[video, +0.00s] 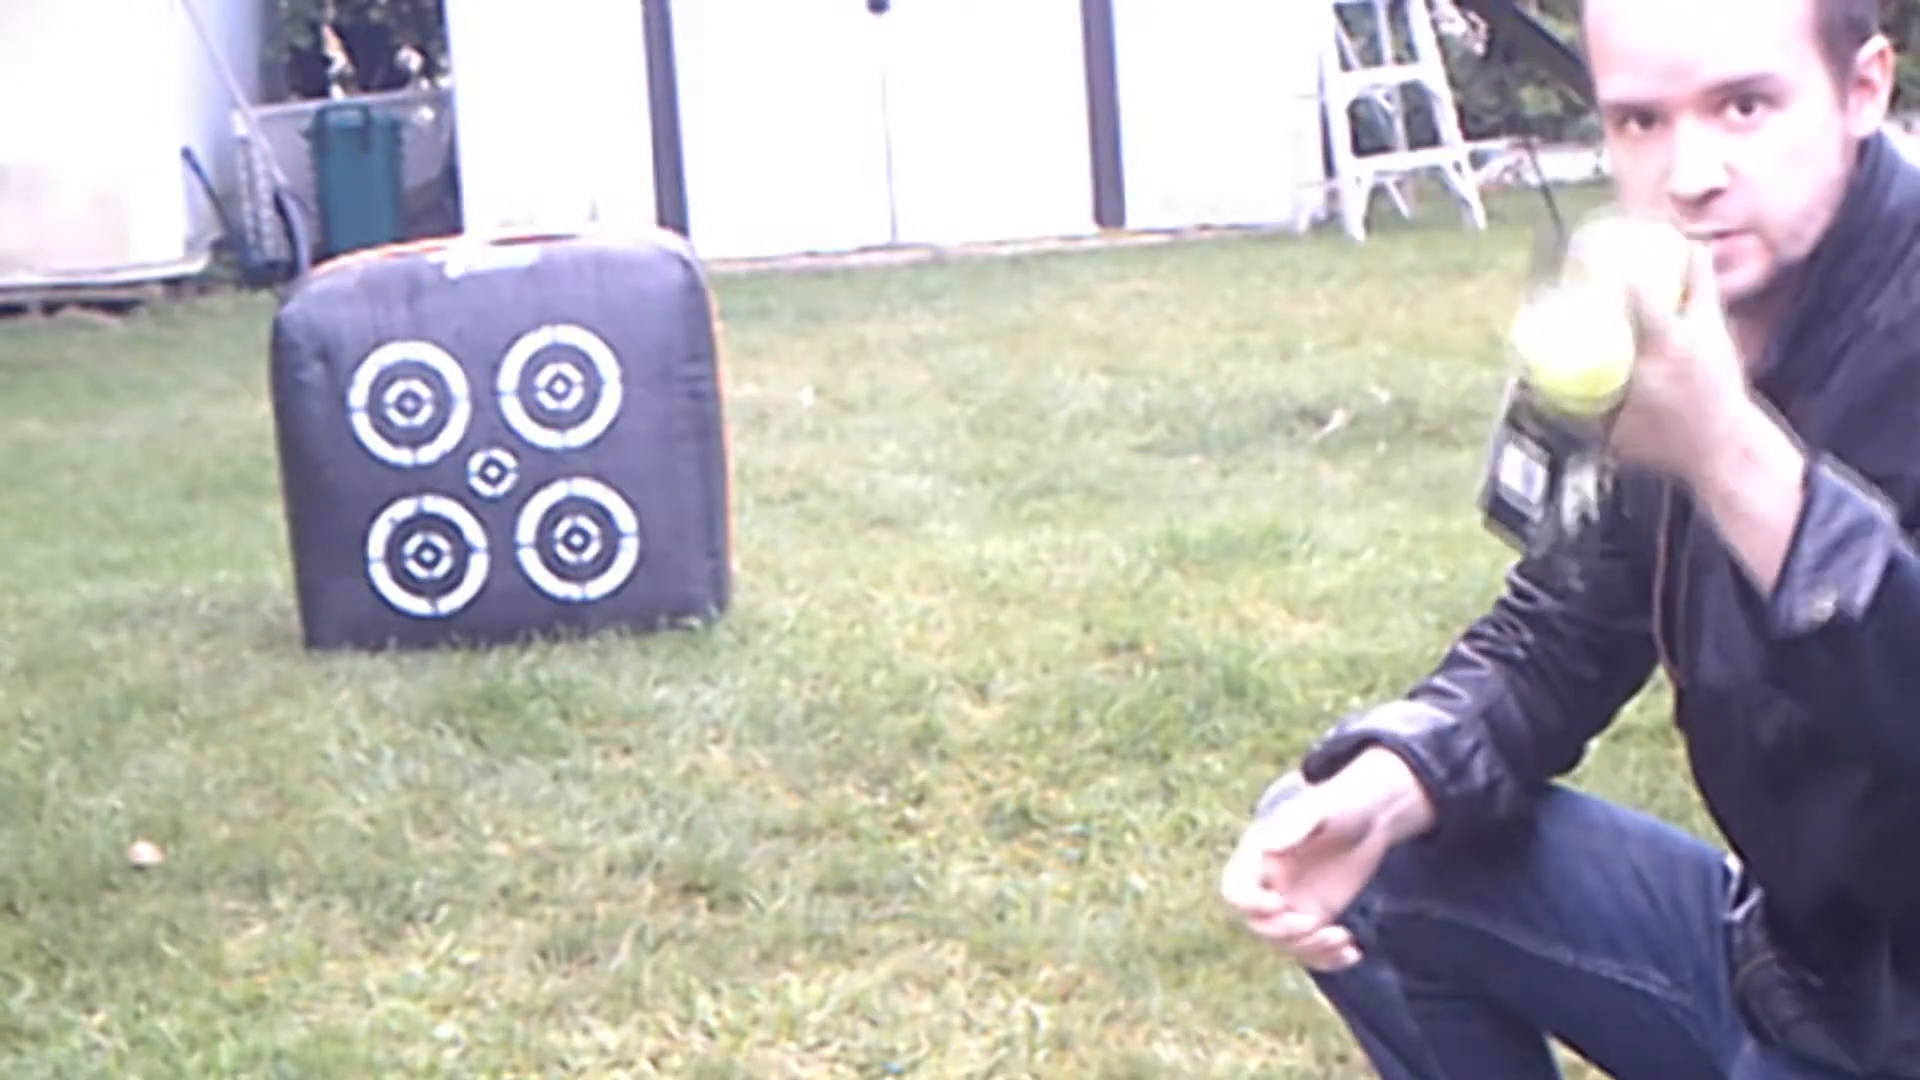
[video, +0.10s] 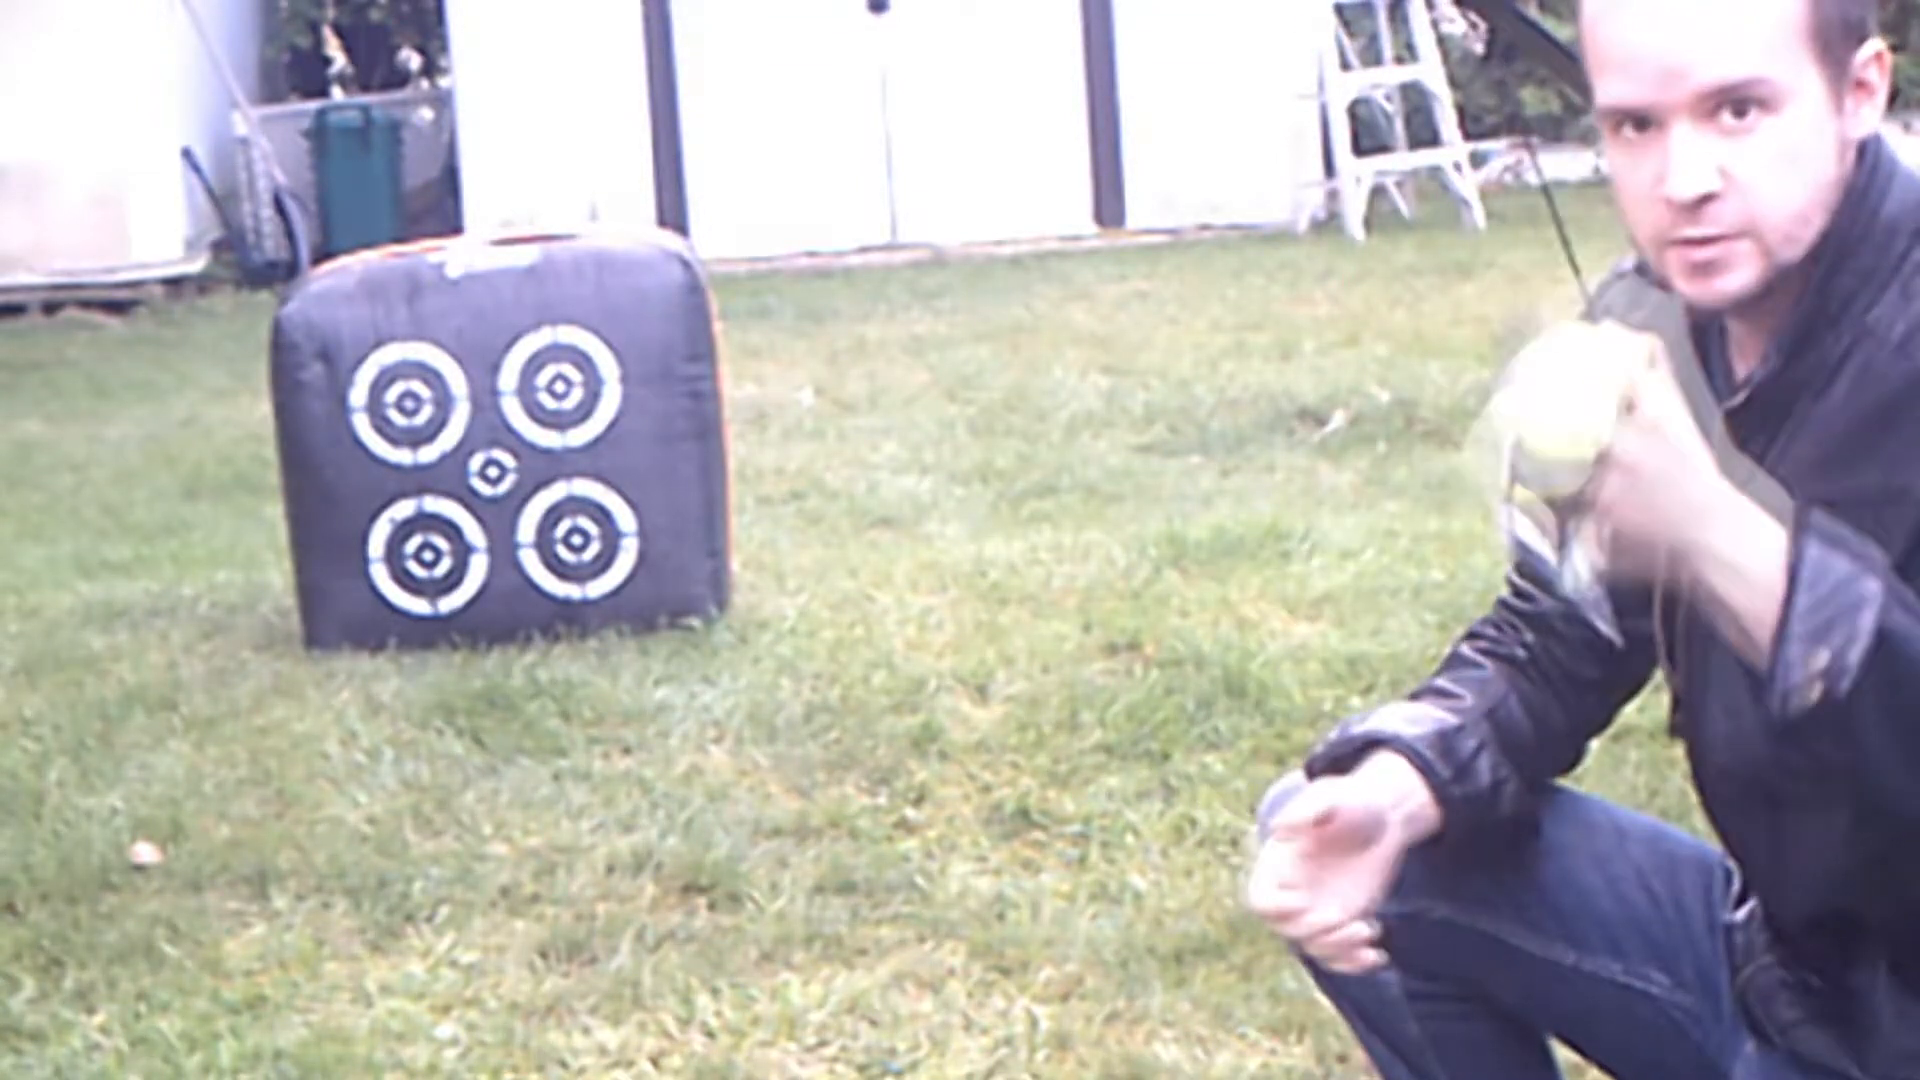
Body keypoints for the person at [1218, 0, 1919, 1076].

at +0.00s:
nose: (1688, 178)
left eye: (1745, 106)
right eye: (1640, 121)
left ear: (1865, 89)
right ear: (1601, 129)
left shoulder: (1905, 333)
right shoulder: (1698, 318)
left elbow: (1902, 711)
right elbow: (1562, 629)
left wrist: (1725, 451)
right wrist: (1398, 778)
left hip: (1881, 1045)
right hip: (1769, 942)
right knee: (1376, 869)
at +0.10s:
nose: (1683, 183)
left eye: (1738, 111)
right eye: (1635, 125)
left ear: (1862, 94)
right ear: (1598, 132)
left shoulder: (1905, 338)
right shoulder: (1646, 322)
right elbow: (1555, 637)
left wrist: (1712, 530)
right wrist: (1407, 781)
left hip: (1883, 1047)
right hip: (1766, 945)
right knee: (1360, 852)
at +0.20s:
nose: (1667, 193)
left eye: (1722, 124)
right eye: (1621, 139)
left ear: (1855, 104)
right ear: (1589, 135)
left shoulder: (1903, 357)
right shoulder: (1630, 336)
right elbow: (1563, 645)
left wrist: (1688, 677)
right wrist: (1423, 774)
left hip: (1883, 1046)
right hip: (1759, 949)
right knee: (1329, 842)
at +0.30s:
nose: (1639, 223)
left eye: (1696, 156)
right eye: (1602, 165)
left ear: (1840, 120)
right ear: (1573, 143)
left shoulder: (1899, 383)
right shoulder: (1629, 342)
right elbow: (1559, 625)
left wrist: (1695, 836)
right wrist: (1438, 768)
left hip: (1876, 1030)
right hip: (1740, 943)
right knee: (1333, 842)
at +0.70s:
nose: (1608, 287)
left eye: (1660, 233)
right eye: (1578, 228)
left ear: (1818, 182)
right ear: (1553, 191)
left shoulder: (1900, 423)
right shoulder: (1621, 348)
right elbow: (1551, 618)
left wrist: (1740, 985)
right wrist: (1460, 808)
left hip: (1879, 1000)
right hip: (1719, 912)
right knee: (1334, 820)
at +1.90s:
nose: (1538, 364)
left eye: (1584, 296)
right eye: (1498, 307)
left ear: (1725, 220)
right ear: (1467, 272)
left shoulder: (1891, 476)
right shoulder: (1577, 392)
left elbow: (1901, 980)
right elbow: (1536, 639)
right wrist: (1444, 784)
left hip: (1859, 1012)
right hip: (1699, 930)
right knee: (1331, 822)